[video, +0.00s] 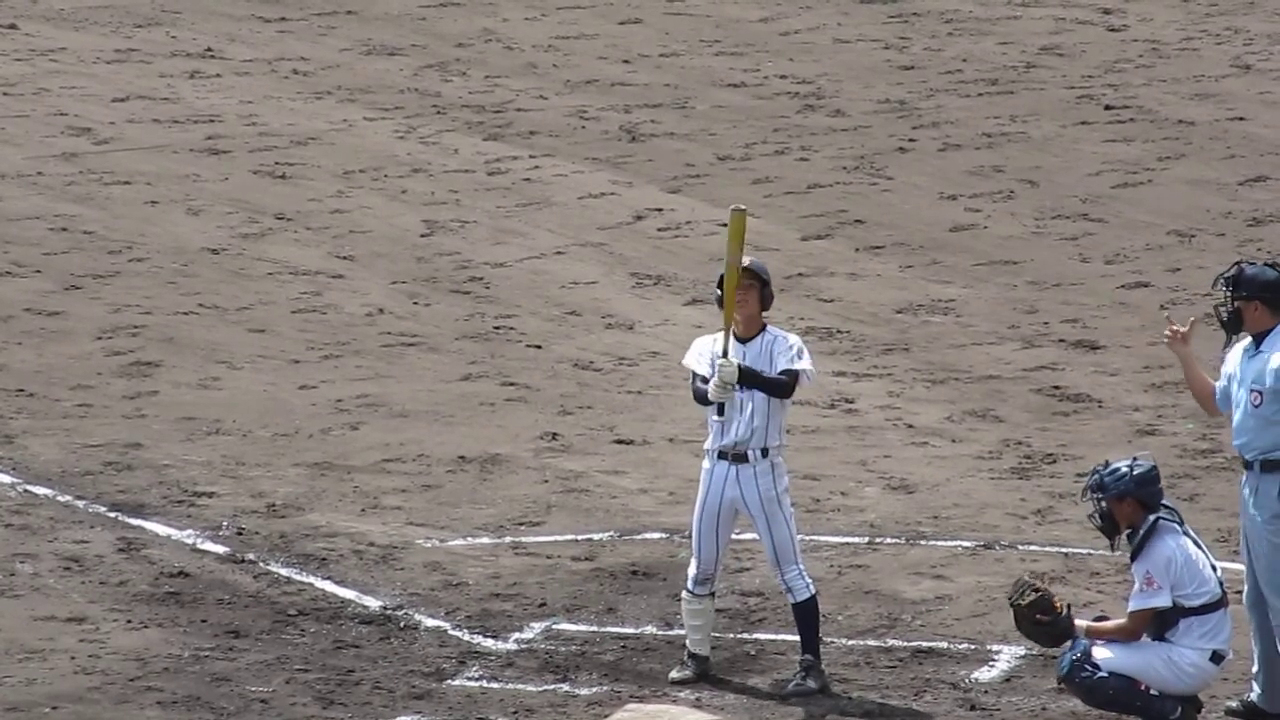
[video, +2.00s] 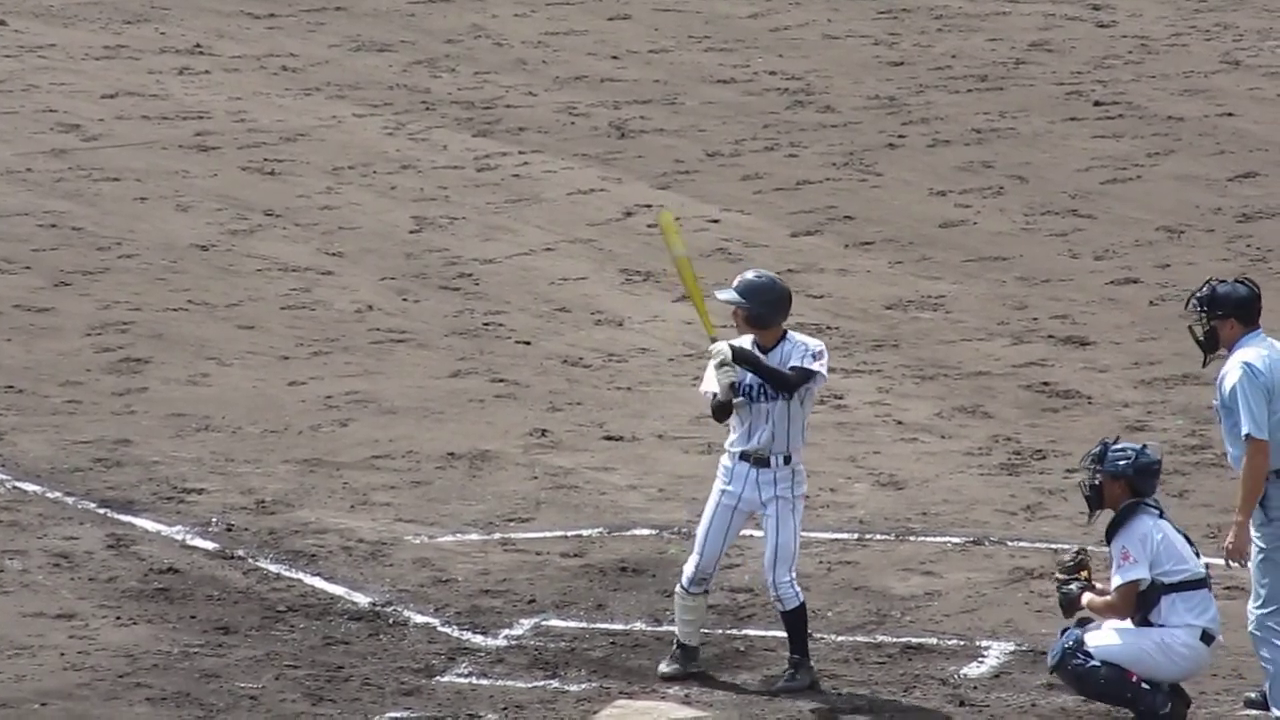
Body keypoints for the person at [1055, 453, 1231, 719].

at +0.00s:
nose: (1102, 511)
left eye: (1108, 503)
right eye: (1103, 503)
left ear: (1128, 504)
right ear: (1131, 503)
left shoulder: (1157, 549)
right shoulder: (1164, 524)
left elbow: (1133, 631)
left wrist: (1076, 627)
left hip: (1192, 662)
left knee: (1077, 666)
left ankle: (1171, 710)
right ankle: (1180, 698)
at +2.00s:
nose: (1093, 483)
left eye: (1101, 478)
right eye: (1096, 476)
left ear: (1121, 485)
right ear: (1125, 485)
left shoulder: (1132, 528)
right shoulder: (1145, 519)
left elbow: (1122, 607)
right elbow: (1143, 598)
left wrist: (1083, 598)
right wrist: (1097, 588)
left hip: (1180, 644)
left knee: (1070, 653)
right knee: (1082, 632)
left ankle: (1158, 704)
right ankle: (1164, 691)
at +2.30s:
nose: (1091, 471)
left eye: (1097, 465)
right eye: (1093, 464)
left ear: (1119, 471)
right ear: (1123, 472)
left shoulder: (1131, 510)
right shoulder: (1141, 506)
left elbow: (1122, 591)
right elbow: (1132, 586)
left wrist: (1085, 586)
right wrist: (1093, 579)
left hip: (1185, 627)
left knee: (1082, 619)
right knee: (1068, 646)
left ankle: (1126, 708)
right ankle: (1156, 691)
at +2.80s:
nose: (1075, 500)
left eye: (1081, 493)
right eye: (1077, 492)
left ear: (1103, 497)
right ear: (1105, 498)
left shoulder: (1122, 539)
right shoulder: (1129, 529)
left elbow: (1106, 619)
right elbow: (1117, 609)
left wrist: (1065, 612)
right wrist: (1071, 595)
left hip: (1177, 652)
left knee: (1066, 647)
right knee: (1083, 639)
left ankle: (1099, 714)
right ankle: (1159, 703)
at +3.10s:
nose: (1061, 523)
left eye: (1067, 516)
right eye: (1062, 515)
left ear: (1088, 520)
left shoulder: (1102, 562)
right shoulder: (1125, 542)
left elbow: (1083, 639)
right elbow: (1113, 620)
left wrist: (1049, 634)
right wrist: (1070, 609)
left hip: (1155, 685)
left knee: (1040, 661)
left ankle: (1093, 714)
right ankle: (1145, 711)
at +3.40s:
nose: (1040, 538)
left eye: (1044, 530)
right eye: (1040, 530)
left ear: (1064, 531)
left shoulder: (1081, 574)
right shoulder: (1108, 548)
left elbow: (1061, 648)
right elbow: (1098, 626)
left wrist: (1031, 639)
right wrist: (1051, 609)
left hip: (1138, 694)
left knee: (1022, 671)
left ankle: (1090, 714)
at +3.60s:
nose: (1027, 544)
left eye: (1032, 537)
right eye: (1027, 537)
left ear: (1052, 538)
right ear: (1074, 530)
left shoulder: (1068, 583)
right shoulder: (1097, 550)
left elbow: (1052, 657)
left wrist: (1026, 643)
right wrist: (1034, 605)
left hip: (1133, 697)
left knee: (1016, 677)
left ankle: (1079, 712)